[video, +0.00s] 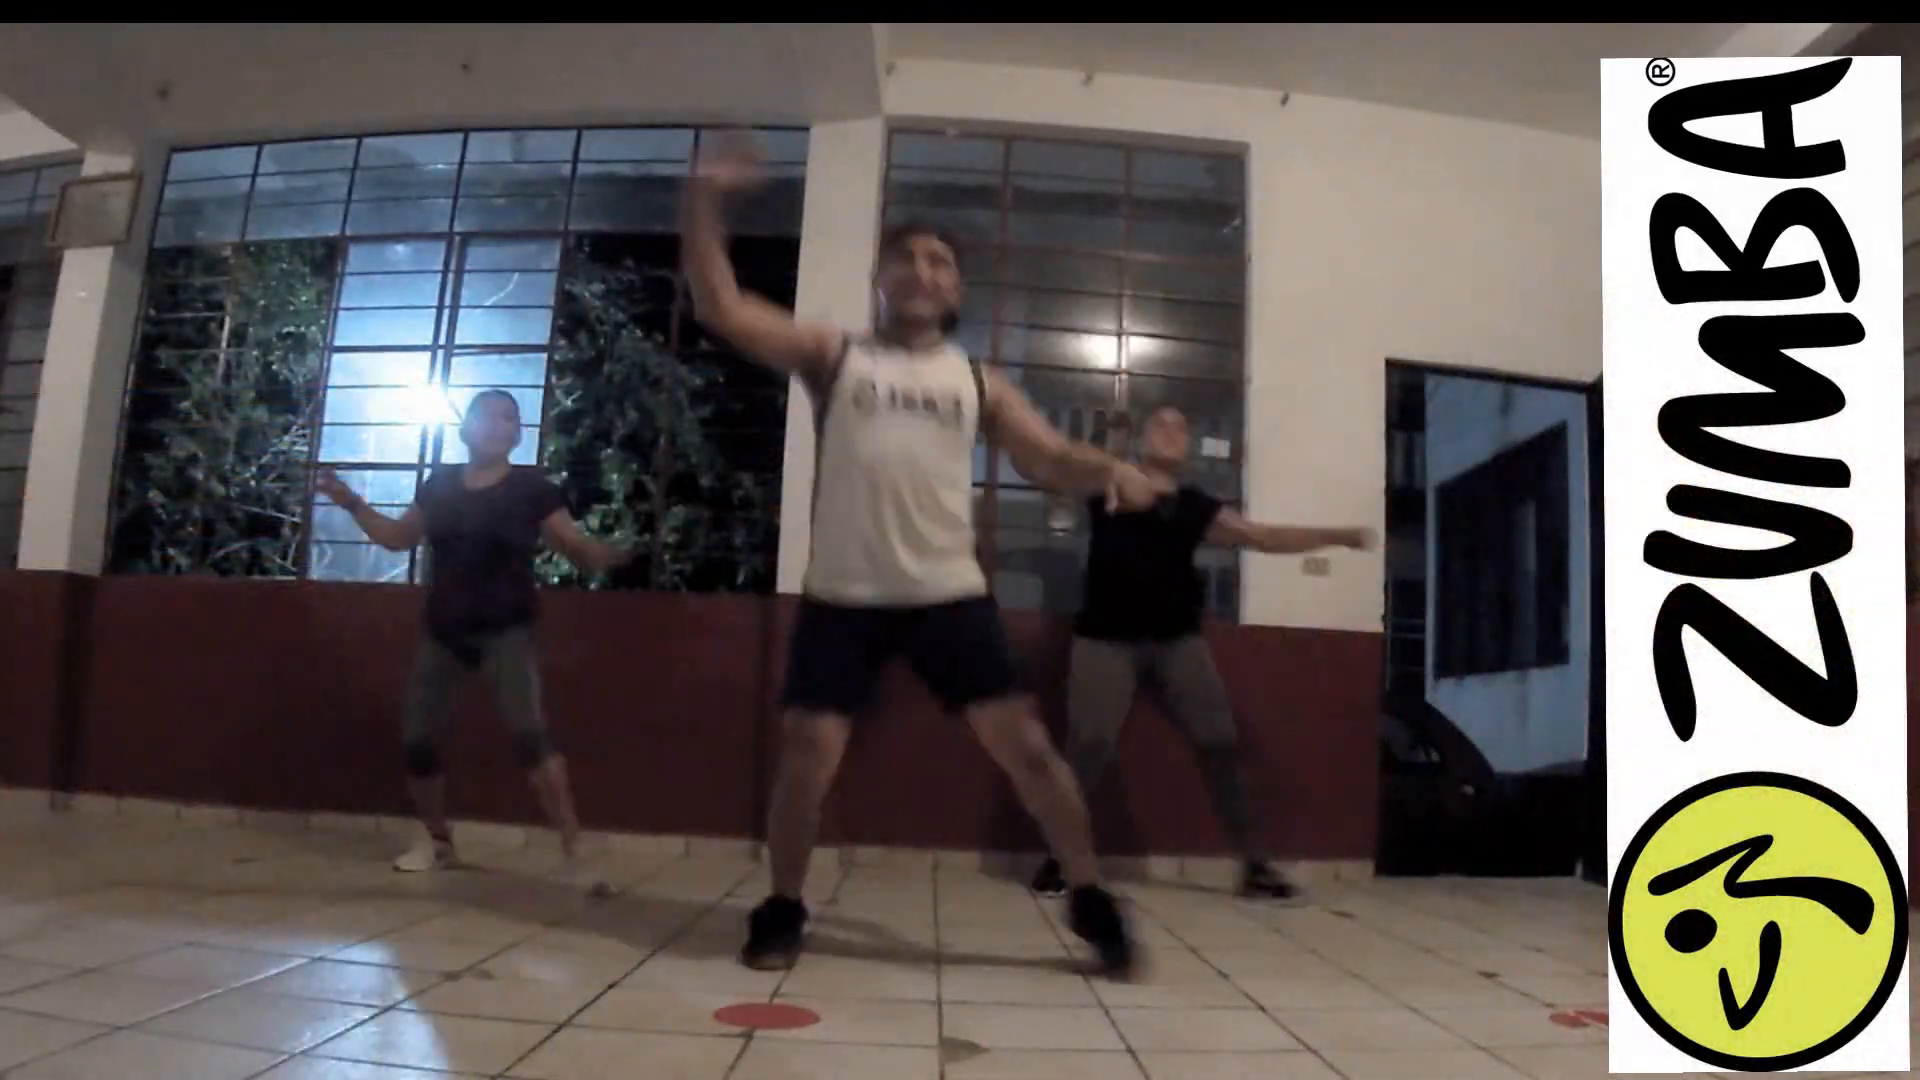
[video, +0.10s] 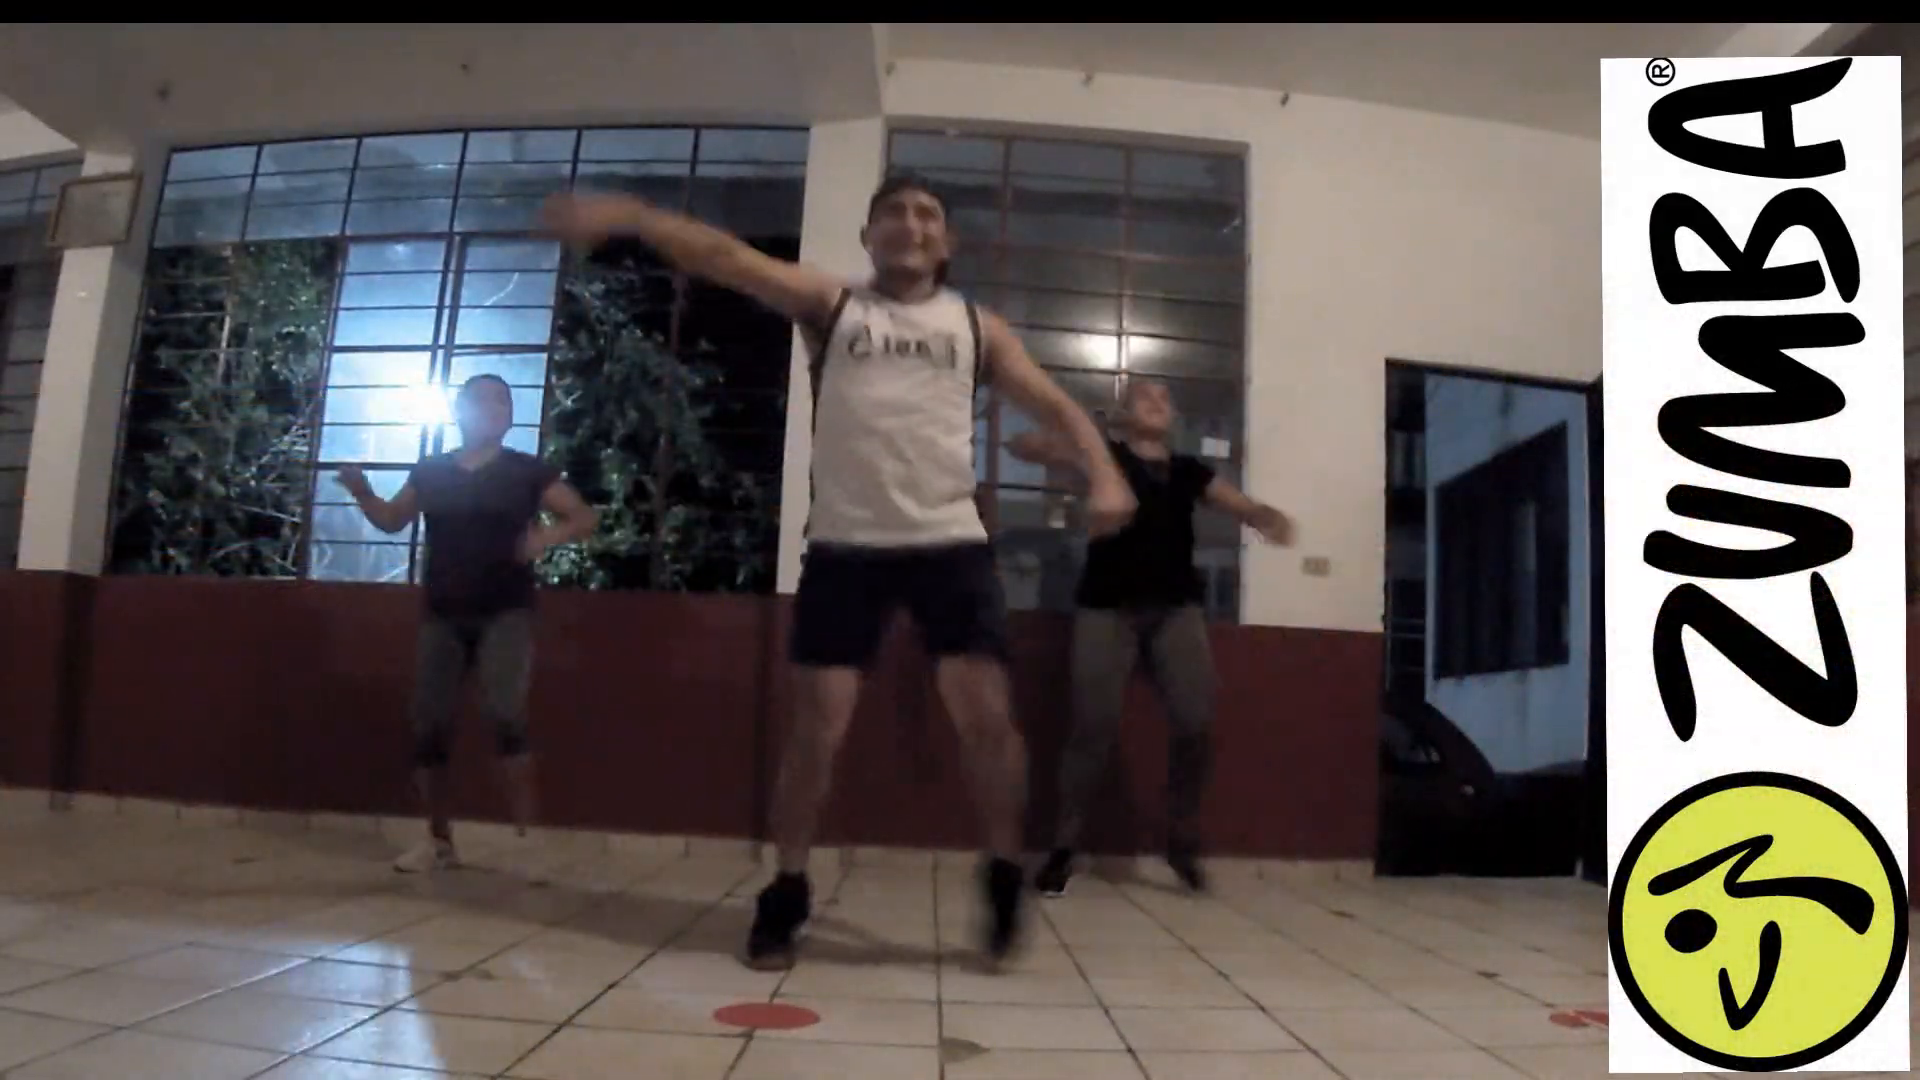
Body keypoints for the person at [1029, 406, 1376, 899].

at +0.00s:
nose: (1169, 436)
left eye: (1178, 430)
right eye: (1160, 427)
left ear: (1189, 446)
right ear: (1141, 438)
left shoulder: (1192, 505)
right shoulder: (1109, 485)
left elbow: (1261, 537)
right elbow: (1054, 472)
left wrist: (1337, 537)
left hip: (1175, 638)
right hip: (1106, 637)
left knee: (1218, 741)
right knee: (1090, 747)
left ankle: (1254, 865)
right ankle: (1061, 858)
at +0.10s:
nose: (1154, 407)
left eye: (1161, 402)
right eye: (1143, 400)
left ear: (1171, 417)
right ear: (1122, 414)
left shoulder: (1186, 469)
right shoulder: (1102, 460)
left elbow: (1236, 502)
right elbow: (1031, 449)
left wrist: (1268, 520)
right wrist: (1044, 449)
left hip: (1174, 605)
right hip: (1107, 606)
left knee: (1195, 720)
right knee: (1093, 725)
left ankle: (1183, 842)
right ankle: (1063, 846)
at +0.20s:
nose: (1147, 401)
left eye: (1155, 394)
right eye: (1135, 393)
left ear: (1166, 408)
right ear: (1114, 406)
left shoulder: (1183, 458)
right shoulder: (1097, 450)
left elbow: (1231, 510)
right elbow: (1032, 477)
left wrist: (1235, 534)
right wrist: (1072, 469)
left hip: (1171, 601)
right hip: (1105, 599)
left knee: (1167, 722)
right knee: (1093, 720)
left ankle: (1134, 825)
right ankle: (1075, 839)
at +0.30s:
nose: (1141, 422)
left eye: (1149, 414)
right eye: (1129, 415)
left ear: (1163, 427)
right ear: (1112, 431)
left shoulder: (1186, 490)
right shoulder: (1092, 487)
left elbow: (1210, 562)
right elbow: (1047, 535)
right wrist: (1046, 524)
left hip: (1162, 632)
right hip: (1099, 629)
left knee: (1142, 744)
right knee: (1095, 739)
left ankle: (1109, 846)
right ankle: (1081, 853)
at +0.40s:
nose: (1144, 439)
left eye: (1151, 430)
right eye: (1132, 431)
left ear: (1164, 443)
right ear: (1113, 446)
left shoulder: (1187, 506)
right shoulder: (1090, 504)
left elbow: (1214, 579)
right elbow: (1064, 564)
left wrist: (1173, 599)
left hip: (1160, 649)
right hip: (1093, 643)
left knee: (1162, 759)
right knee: (1093, 750)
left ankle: (1119, 843)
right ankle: (1083, 855)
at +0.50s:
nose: (1150, 431)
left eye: (1157, 422)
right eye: (1138, 424)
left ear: (1169, 433)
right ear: (1118, 437)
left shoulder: (1191, 494)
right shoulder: (1098, 497)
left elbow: (1242, 529)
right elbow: (1070, 565)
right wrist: (1070, 616)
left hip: (1172, 640)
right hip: (1106, 638)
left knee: (1208, 732)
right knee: (1097, 742)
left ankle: (1162, 834)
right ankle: (1087, 851)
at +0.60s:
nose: (1163, 416)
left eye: (1171, 409)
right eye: (1151, 409)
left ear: (1184, 423)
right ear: (1129, 425)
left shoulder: (1206, 475)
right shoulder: (1109, 486)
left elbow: (1276, 445)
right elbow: (1091, 557)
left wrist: (1262, 369)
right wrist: (1082, 608)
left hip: (1191, 627)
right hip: (1120, 628)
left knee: (1230, 725)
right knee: (1104, 732)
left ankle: (1245, 864)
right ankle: (1092, 856)